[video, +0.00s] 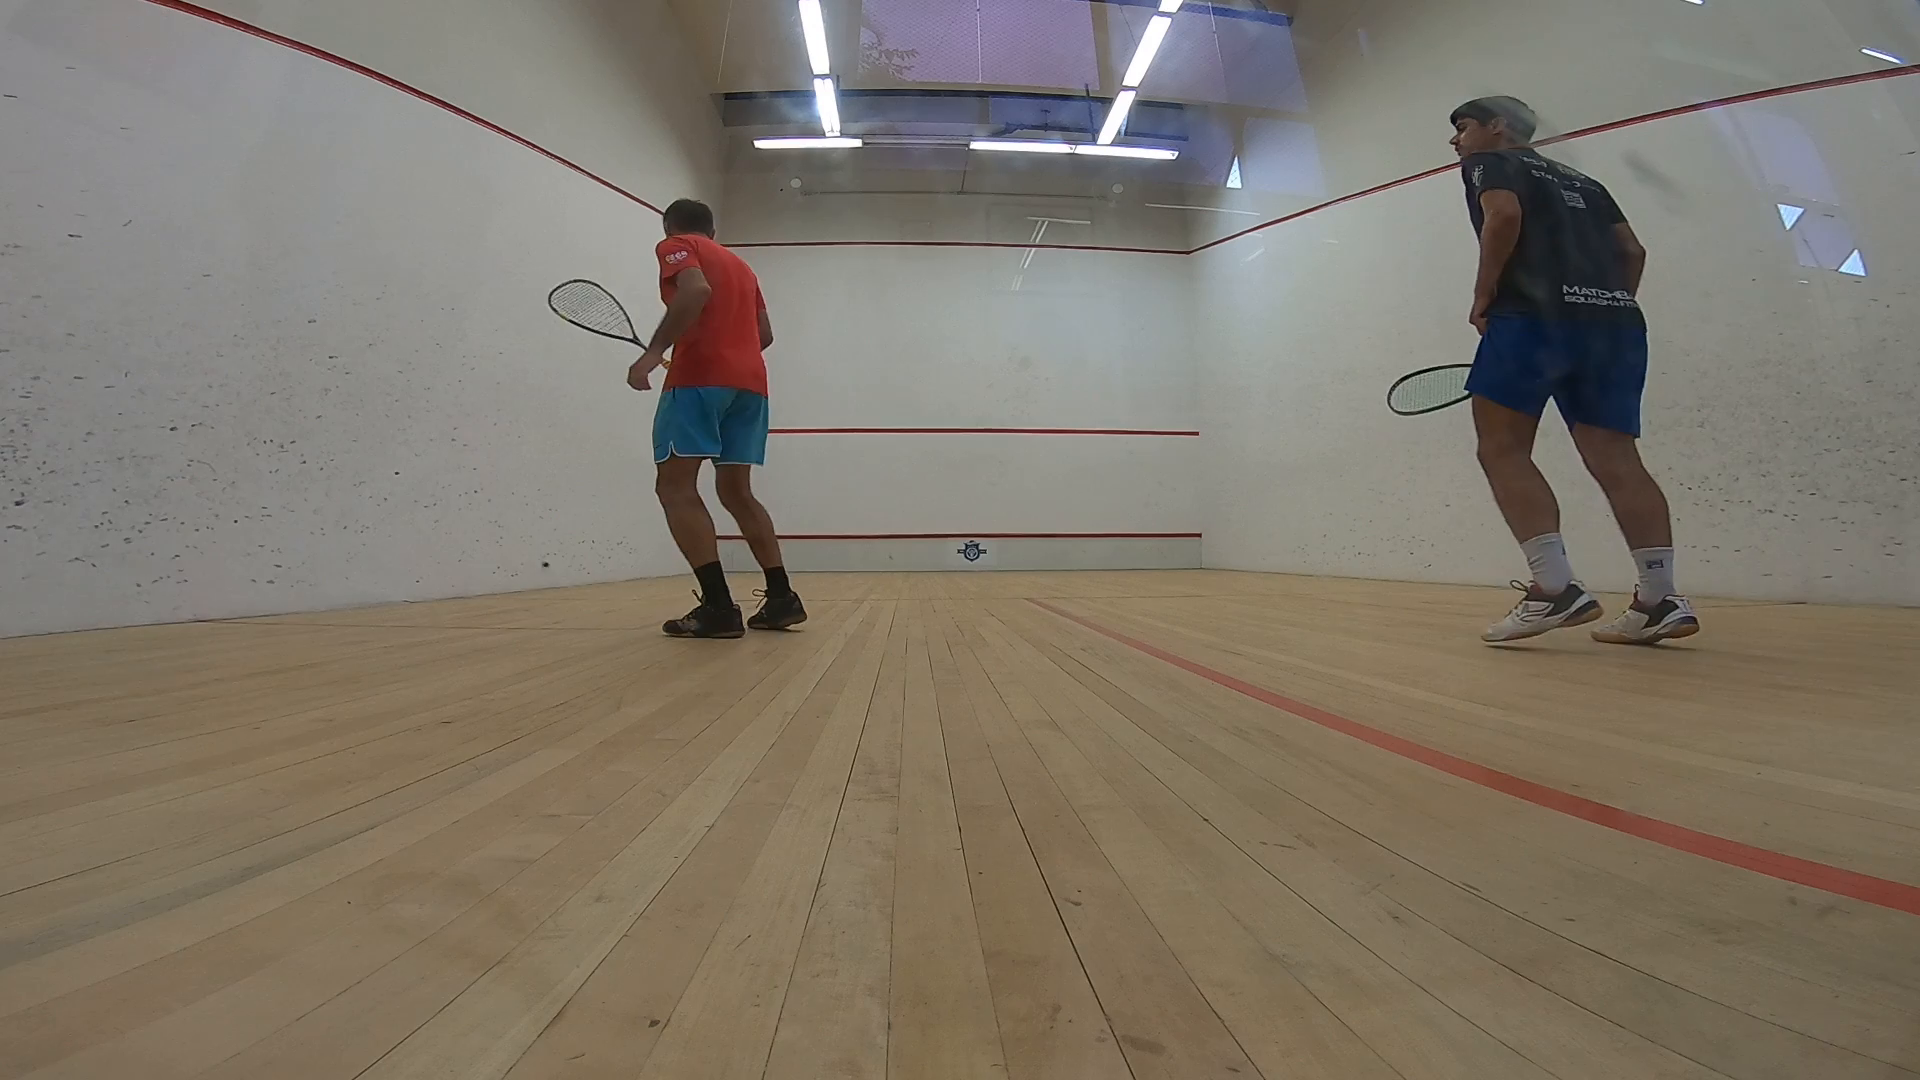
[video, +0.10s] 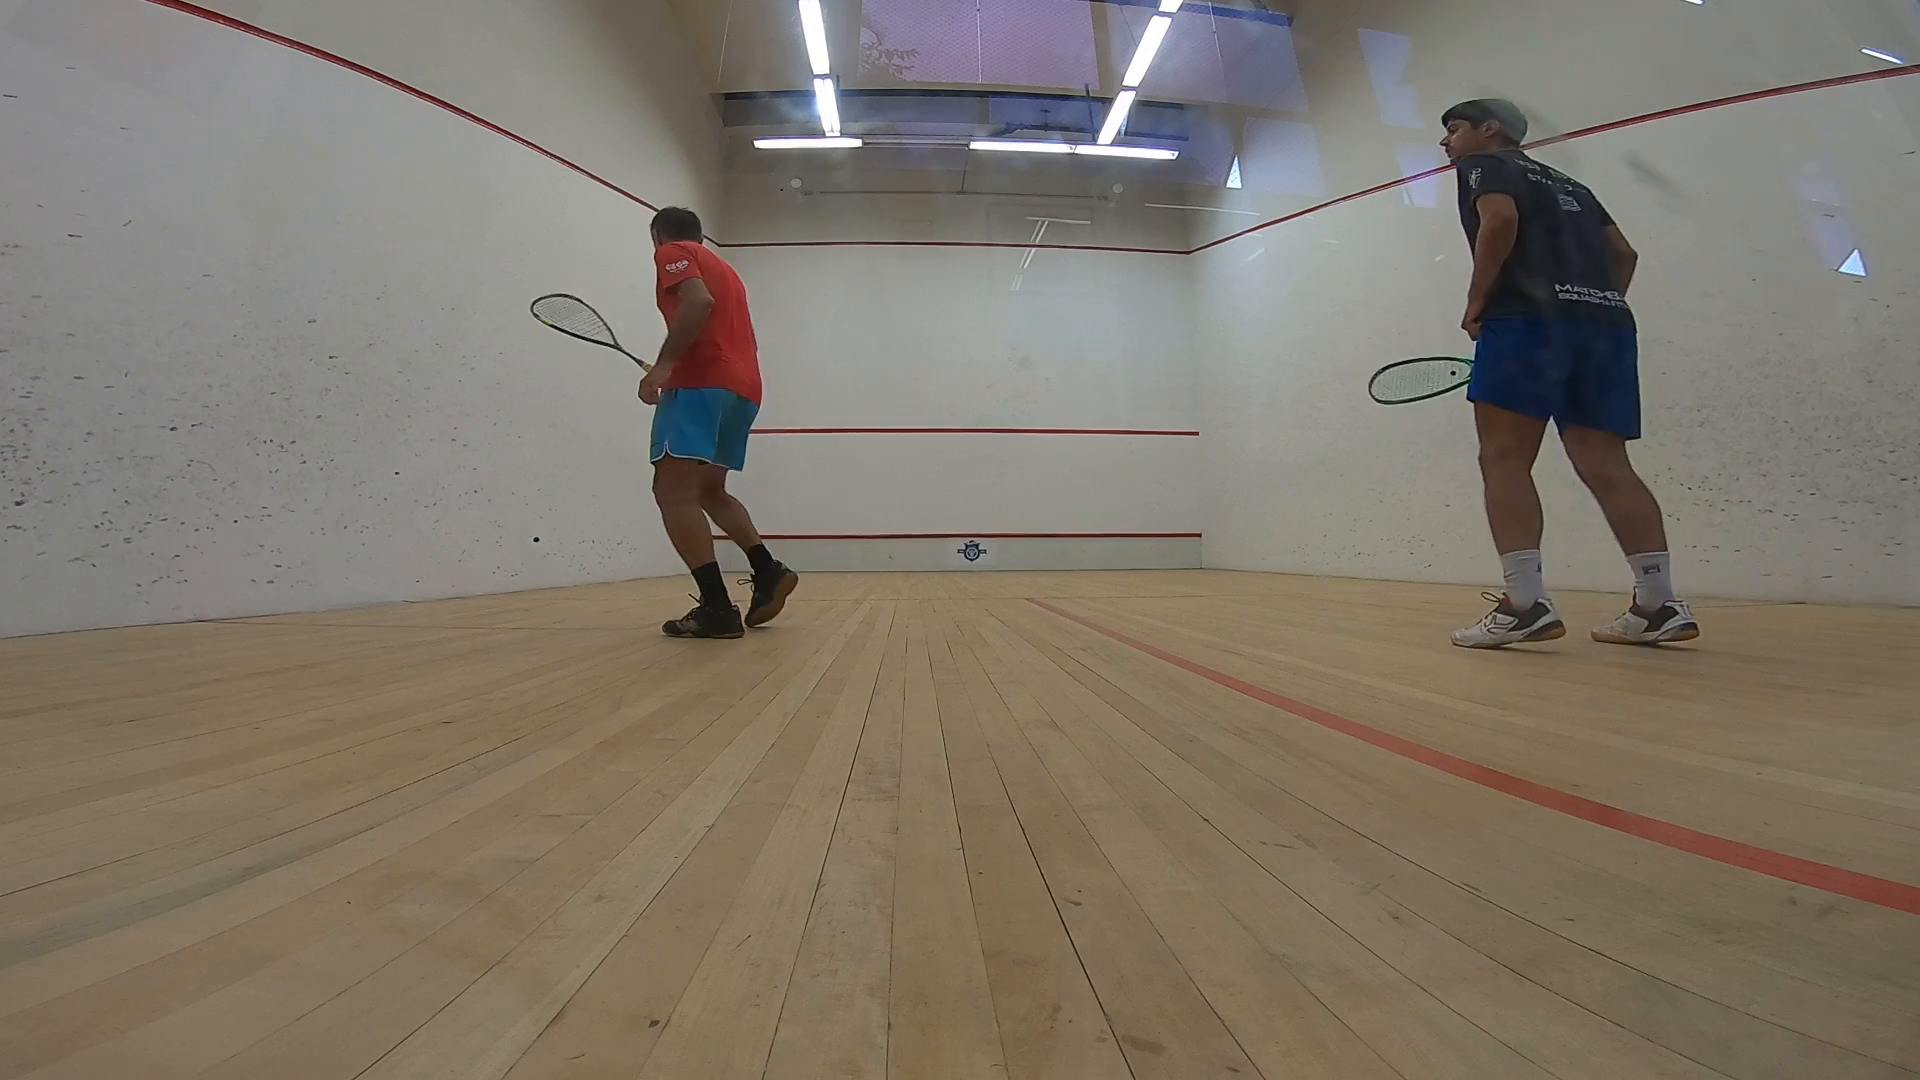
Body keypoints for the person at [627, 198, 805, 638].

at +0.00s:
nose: (665, 238)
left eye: (665, 232)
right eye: (668, 232)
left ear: (671, 228)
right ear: (710, 230)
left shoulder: (675, 243)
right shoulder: (739, 266)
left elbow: (695, 289)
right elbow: (763, 335)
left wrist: (651, 353)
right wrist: (699, 351)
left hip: (699, 377)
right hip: (751, 381)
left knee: (676, 488)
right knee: (736, 490)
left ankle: (718, 607)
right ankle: (782, 598)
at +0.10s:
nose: (654, 247)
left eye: (654, 241)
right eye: (655, 241)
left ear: (659, 234)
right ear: (698, 236)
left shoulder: (673, 251)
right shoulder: (725, 271)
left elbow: (698, 300)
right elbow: (724, 340)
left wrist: (662, 365)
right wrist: (673, 375)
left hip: (700, 383)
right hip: (743, 388)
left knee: (674, 493)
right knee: (710, 491)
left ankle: (716, 607)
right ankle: (769, 572)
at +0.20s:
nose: (647, 258)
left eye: (645, 250)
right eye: (646, 251)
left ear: (651, 242)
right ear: (684, 241)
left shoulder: (667, 254)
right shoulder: (708, 269)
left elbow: (695, 302)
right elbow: (709, 344)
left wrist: (664, 366)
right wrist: (658, 371)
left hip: (700, 383)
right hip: (734, 385)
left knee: (676, 488)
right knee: (697, 490)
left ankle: (717, 608)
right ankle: (744, 581)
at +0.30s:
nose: (637, 275)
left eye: (636, 266)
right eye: (636, 268)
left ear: (644, 255)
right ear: (670, 251)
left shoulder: (667, 265)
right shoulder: (687, 282)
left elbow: (704, 300)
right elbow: (693, 364)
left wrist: (667, 359)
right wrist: (634, 363)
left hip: (694, 395)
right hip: (724, 398)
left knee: (649, 491)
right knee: (697, 498)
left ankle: (709, 593)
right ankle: (739, 596)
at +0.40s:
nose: (619, 299)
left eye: (616, 287)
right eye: (615, 290)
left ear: (625, 274)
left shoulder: (663, 280)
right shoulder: (652, 321)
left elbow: (716, 308)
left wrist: (684, 357)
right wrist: (594, 344)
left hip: (693, 402)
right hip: (723, 407)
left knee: (611, 479)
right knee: (685, 500)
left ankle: (663, 581)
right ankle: (736, 595)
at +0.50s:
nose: (586, 316)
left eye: (584, 306)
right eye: (583, 310)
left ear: (593, 293)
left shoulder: (642, 293)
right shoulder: (618, 343)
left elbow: (706, 313)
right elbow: (577, 382)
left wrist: (701, 359)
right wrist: (561, 337)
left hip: (685, 401)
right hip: (717, 408)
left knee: (603, 475)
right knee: (680, 504)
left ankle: (581, 595)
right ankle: (735, 596)